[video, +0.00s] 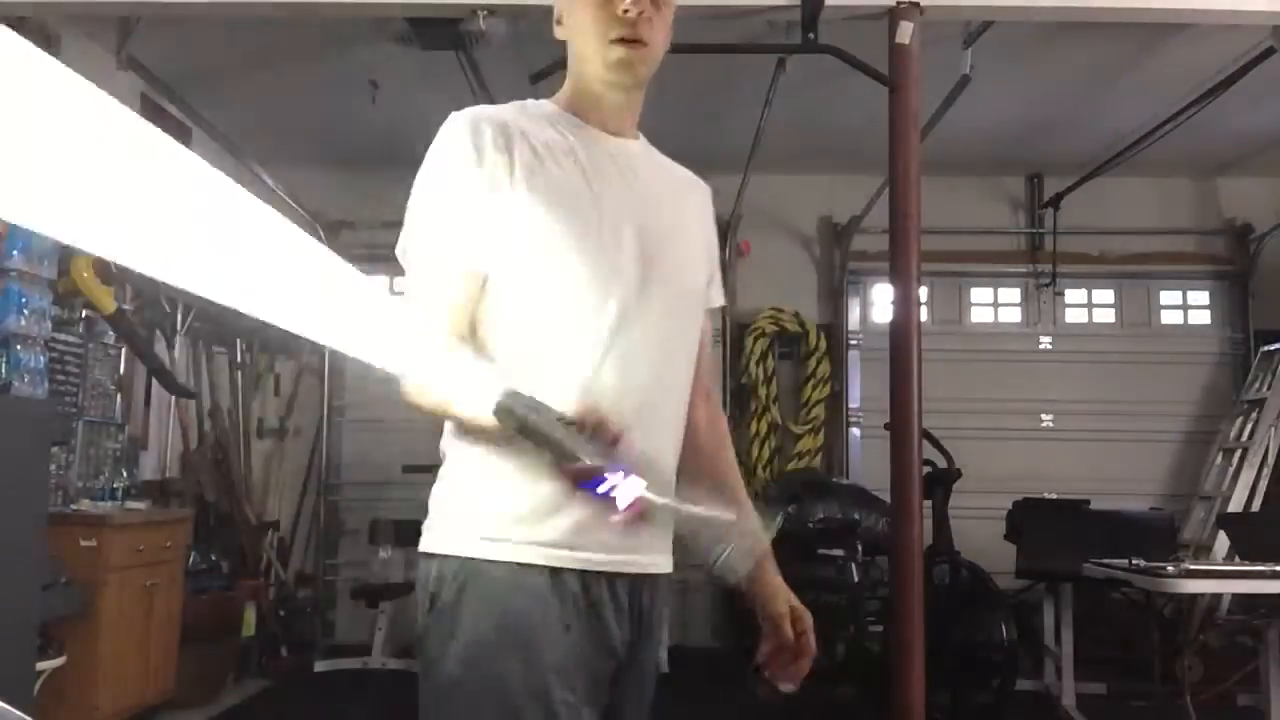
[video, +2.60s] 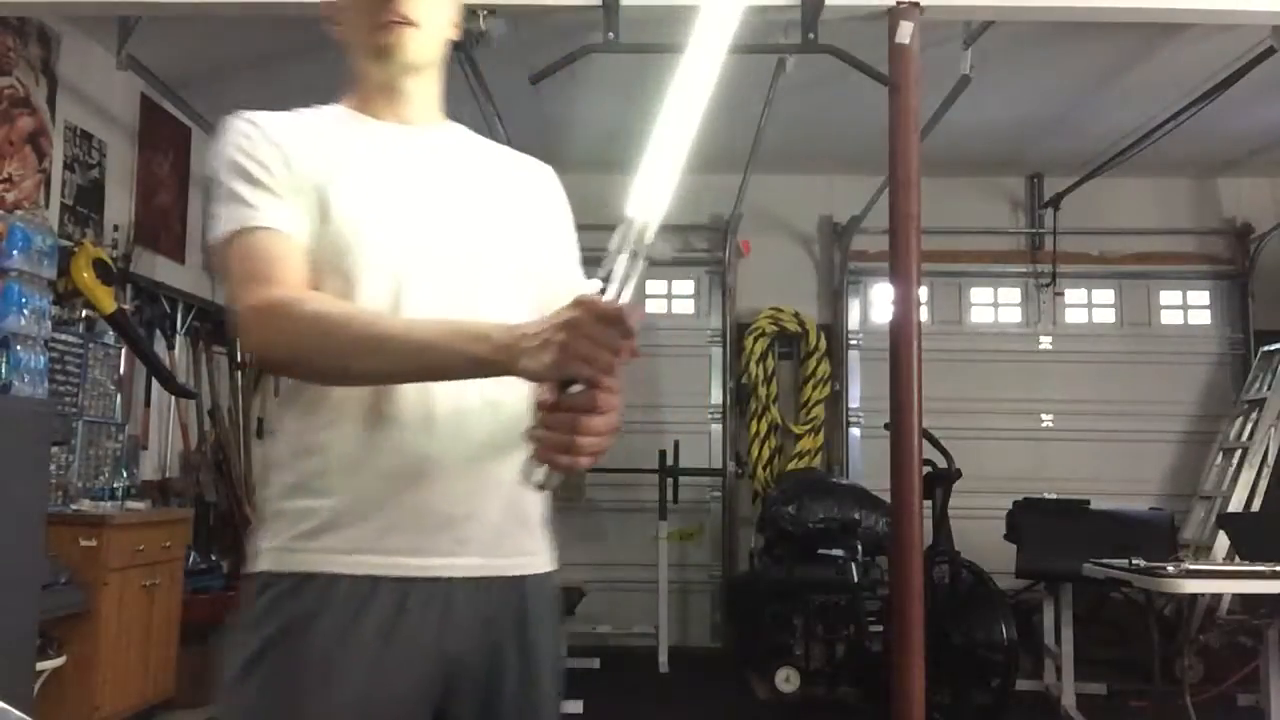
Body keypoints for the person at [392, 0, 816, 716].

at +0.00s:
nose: (632, 9)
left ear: (671, 20)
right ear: (560, 16)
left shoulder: (690, 196)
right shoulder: (484, 142)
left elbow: (696, 404)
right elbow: (424, 362)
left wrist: (760, 571)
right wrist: (537, 424)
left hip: (638, 586)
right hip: (506, 575)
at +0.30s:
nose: (610, 9)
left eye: (632, 1)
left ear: (653, 41)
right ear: (545, 30)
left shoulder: (681, 203)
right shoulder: (470, 144)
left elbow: (675, 403)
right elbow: (360, 327)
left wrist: (682, 553)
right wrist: (530, 347)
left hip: (639, 562)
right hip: (502, 556)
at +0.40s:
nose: (606, 10)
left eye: (628, 2)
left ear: (651, 41)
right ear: (544, 32)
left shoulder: (680, 204)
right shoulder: (462, 150)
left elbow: (673, 410)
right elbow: (294, 291)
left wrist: (679, 582)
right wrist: (440, 364)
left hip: (635, 573)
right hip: (497, 562)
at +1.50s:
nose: (573, 13)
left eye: (594, 2)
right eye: (548, 0)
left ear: (619, 41)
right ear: (510, 34)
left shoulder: (652, 206)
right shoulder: (432, 156)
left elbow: (652, 400)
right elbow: (358, 348)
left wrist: (698, 560)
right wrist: (432, 432)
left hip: (610, 574)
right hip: (461, 558)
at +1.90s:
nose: (565, 15)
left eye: (588, 6)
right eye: (541, 4)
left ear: (613, 51)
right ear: (507, 41)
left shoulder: (656, 206)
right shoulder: (436, 158)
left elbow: (664, 386)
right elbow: (360, 335)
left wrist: (654, 483)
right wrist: (520, 388)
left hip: (606, 567)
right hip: (462, 558)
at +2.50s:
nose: (444, 5)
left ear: (502, 29)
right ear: (384, 25)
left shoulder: (574, 187)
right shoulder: (323, 150)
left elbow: (611, 354)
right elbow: (312, 326)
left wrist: (617, 405)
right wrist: (542, 338)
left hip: (548, 576)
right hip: (376, 572)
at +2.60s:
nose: (398, 1)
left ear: (459, 18)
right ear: (333, 15)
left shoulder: (532, 185)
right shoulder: (267, 142)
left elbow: (571, 366)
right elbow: (269, 325)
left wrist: (583, 417)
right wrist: (509, 345)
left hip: (510, 590)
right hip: (328, 588)